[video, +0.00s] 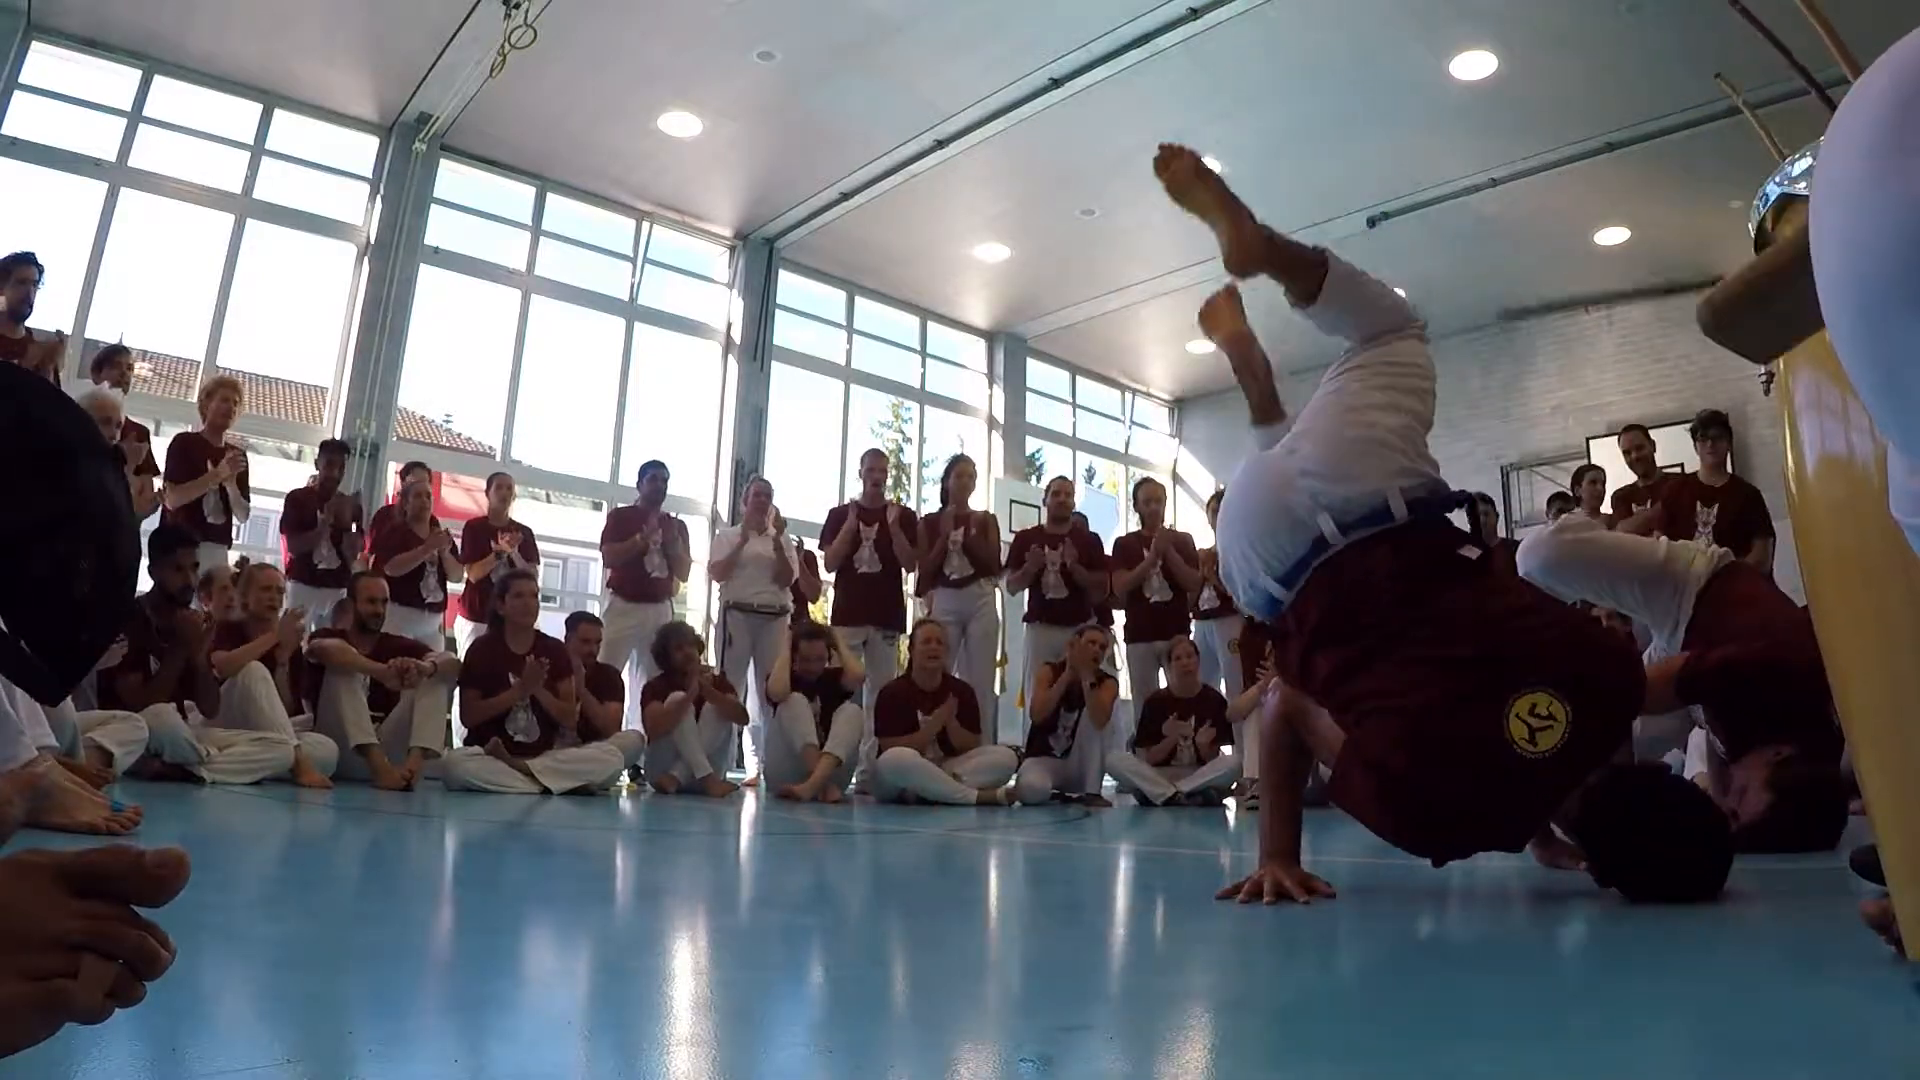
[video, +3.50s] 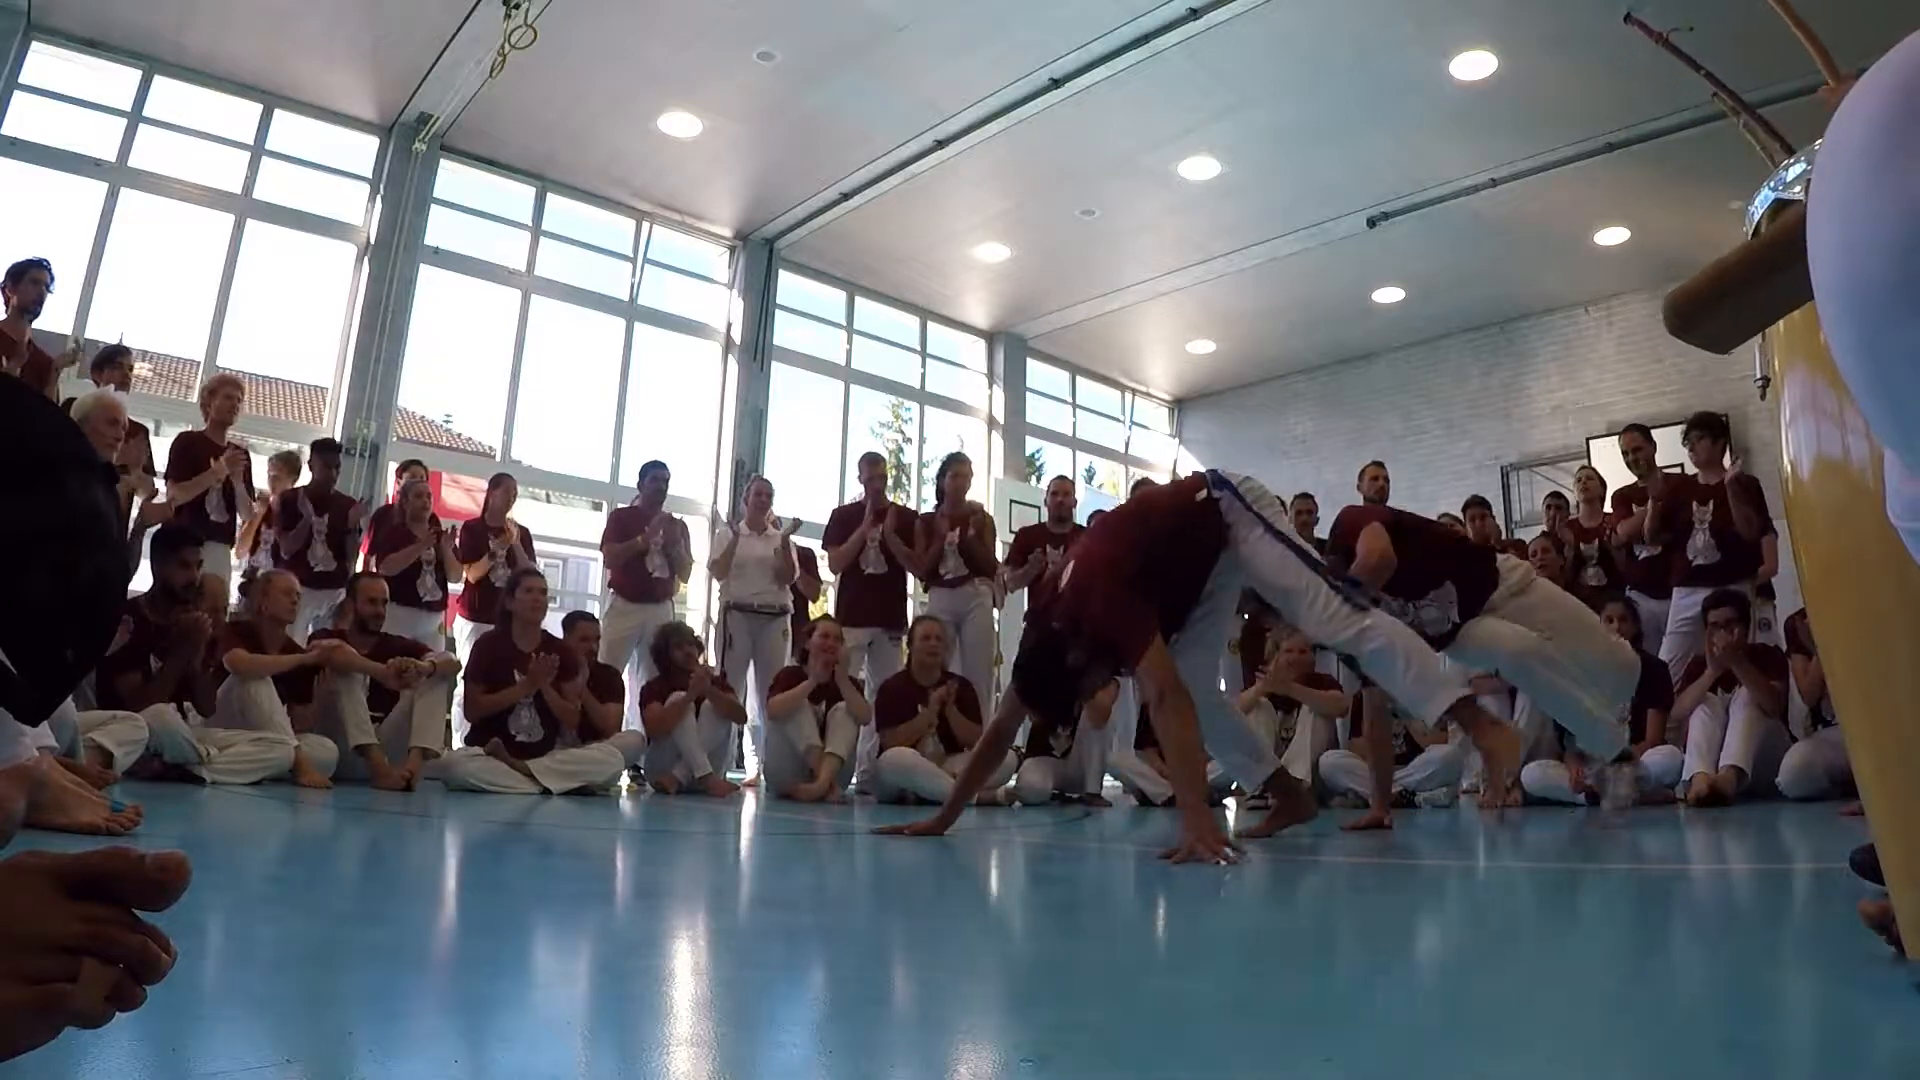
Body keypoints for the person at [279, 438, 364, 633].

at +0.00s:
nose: (335, 472)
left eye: (341, 467)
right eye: (329, 465)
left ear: (345, 469)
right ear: (317, 464)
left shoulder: (350, 505)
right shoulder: (297, 498)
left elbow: (352, 554)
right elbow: (294, 546)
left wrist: (346, 525)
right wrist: (322, 529)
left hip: (337, 588)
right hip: (302, 585)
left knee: (331, 654)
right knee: (293, 651)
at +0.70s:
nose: (340, 473)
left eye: (346, 467)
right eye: (335, 465)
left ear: (350, 472)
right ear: (322, 464)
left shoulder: (354, 510)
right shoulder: (296, 499)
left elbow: (357, 564)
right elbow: (275, 545)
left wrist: (339, 539)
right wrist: (315, 537)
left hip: (335, 594)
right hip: (298, 589)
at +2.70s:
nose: (342, 479)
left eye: (347, 473)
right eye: (336, 471)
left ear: (351, 474)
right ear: (321, 466)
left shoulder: (352, 508)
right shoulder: (297, 498)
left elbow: (351, 557)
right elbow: (288, 546)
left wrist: (358, 530)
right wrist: (308, 516)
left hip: (332, 590)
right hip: (297, 586)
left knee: (324, 656)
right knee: (286, 649)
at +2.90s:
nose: (337, 475)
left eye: (342, 469)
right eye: (333, 468)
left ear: (348, 471)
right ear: (320, 464)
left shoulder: (353, 509)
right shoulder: (296, 499)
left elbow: (351, 557)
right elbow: (273, 545)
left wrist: (339, 537)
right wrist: (310, 542)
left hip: (334, 592)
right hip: (296, 589)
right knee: (285, 654)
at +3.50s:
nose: (333, 473)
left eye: (337, 467)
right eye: (327, 466)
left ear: (341, 468)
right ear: (311, 465)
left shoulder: (348, 505)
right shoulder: (287, 499)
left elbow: (351, 557)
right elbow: (287, 548)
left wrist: (354, 527)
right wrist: (306, 522)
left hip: (334, 591)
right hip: (297, 589)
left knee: (328, 661)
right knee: (290, 656)